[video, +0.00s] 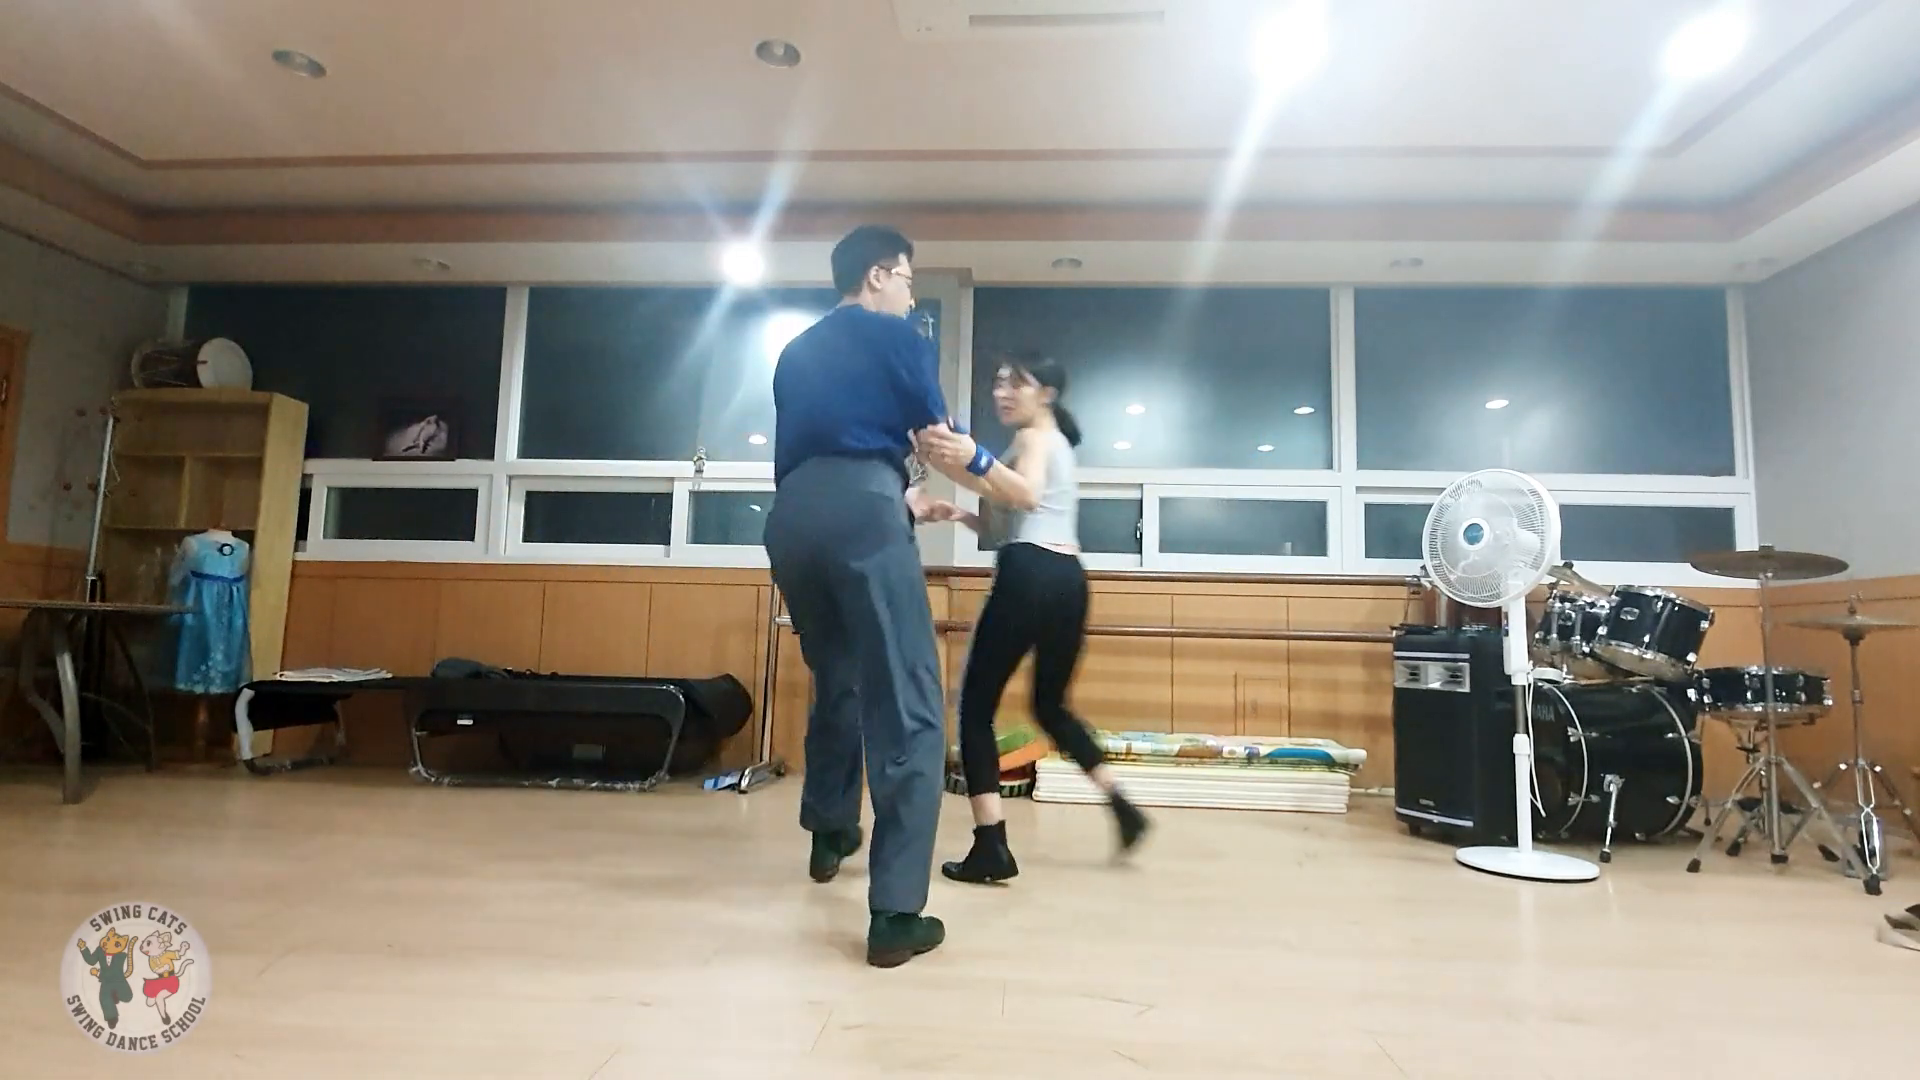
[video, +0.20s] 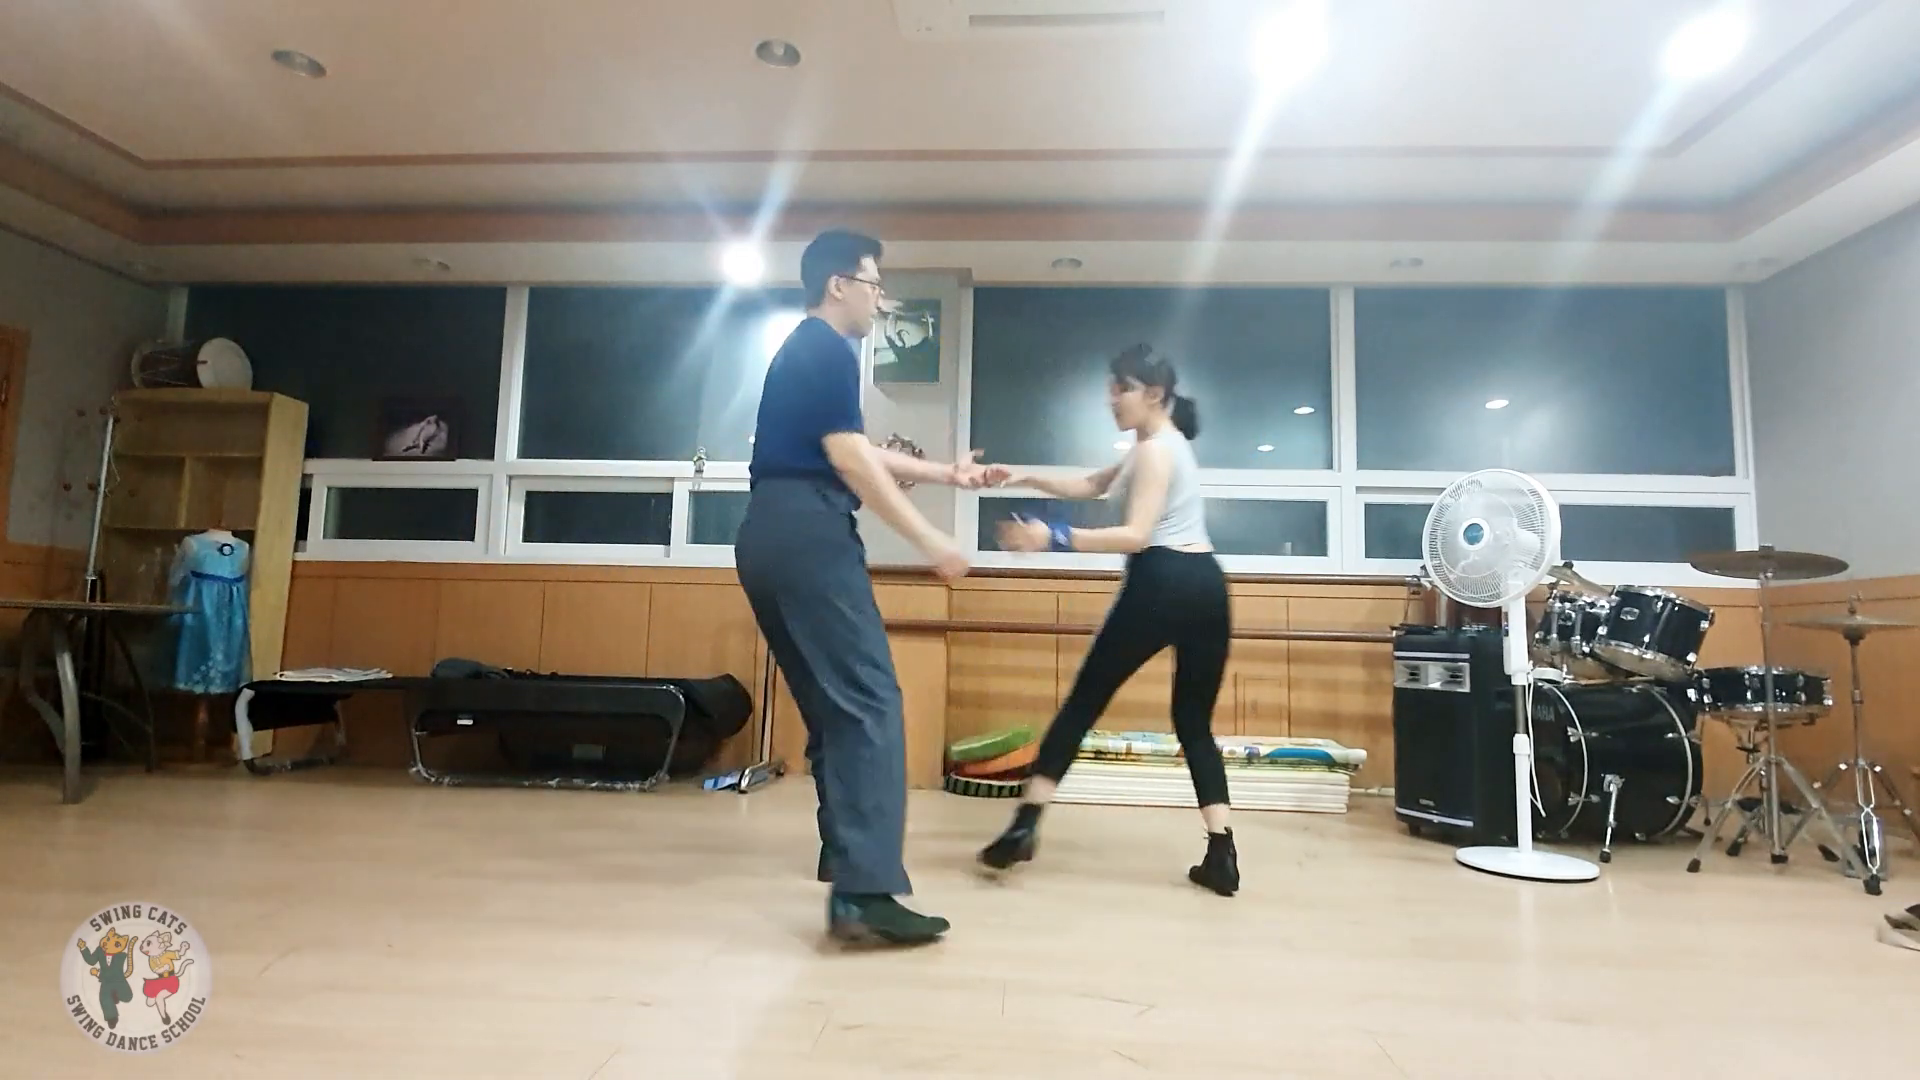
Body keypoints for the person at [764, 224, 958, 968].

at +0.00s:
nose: (910, 293)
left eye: (908, 280)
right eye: (906, 279)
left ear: (845, 280)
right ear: (880, 276)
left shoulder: (795, 352)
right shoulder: (899, 339)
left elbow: (794, 464)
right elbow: (944, 451)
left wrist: (901, 498)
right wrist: (961, 454)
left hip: (792, 508)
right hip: (866, 505)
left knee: (836, 679)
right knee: (908, 704)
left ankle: (830, 835)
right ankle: (896, 912)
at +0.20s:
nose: (883, 295)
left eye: (880, 282)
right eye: (873, 281)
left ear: (834, 287)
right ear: (838, 285)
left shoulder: (803, 349)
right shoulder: (827, 349)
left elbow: (851, 452)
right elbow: (852, 459)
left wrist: (947, 472)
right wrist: (928, 543)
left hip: (771, 535)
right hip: (806, 534)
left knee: (832, 707)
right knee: (870, 701)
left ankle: (845, 859)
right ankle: (867, 890)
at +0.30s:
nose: (866, 291)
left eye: (865, 278)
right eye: (857, 277)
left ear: (822, 283)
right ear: (818, 281)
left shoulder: (811, 352)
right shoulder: (798, 344)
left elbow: (874, 435)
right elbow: (788, 445)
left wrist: (963, 452)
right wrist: (844, 538)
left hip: (772, 533)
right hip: (787, 532)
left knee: (818, 688)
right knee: (856, 682)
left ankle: (836, 836)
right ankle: (804, 861)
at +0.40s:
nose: (851, 293)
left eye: (849, 280)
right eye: (841, 279)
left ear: (813, 288)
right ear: (803, 284)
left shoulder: (825, 374)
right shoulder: (768, 353)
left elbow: (886, 434)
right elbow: (740, 452)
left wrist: (972, 448)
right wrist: (774, 544)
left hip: (792, 536)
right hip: (757, 534)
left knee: (831, 685)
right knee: (823, 688)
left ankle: (833, 837)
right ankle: (754, 836)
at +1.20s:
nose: (799, 353)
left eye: (802, 344)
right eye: (786, 341)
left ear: (800, 355)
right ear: (747, 347)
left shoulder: (796, 436)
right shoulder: (693, 410)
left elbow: (872, 479)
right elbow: (635, 489)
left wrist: (954, 483)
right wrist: (684, 544)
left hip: (722, 578)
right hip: (659, 568)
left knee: (782, 671)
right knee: (724, 684)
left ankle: (763, 829)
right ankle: (745, 841)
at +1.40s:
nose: (775, 369)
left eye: (778, 360)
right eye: (762, 356)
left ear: (776, 368)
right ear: (724, 363)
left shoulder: (773, 450)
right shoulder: (671, 425)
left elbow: (846, 488)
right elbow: (622, 505)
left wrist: (931, 496)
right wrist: (681, 549)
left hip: (695, 592)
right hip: (634, 581)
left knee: (750, 688)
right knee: (712, 689)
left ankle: (661, 799)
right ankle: (745, 843)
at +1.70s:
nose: (728, 357)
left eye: (733, 352)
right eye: (716, 345)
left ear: (733, 367)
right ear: (679, 350)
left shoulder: (721, 439)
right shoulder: (630, 411)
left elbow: (779, 477)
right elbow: (609, 490)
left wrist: (853, 480)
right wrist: (689, 519)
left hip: (642, 576)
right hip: (586, 567)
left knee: (703, 683)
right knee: (669, 675)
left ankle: (648, 820)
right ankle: (655, 825)